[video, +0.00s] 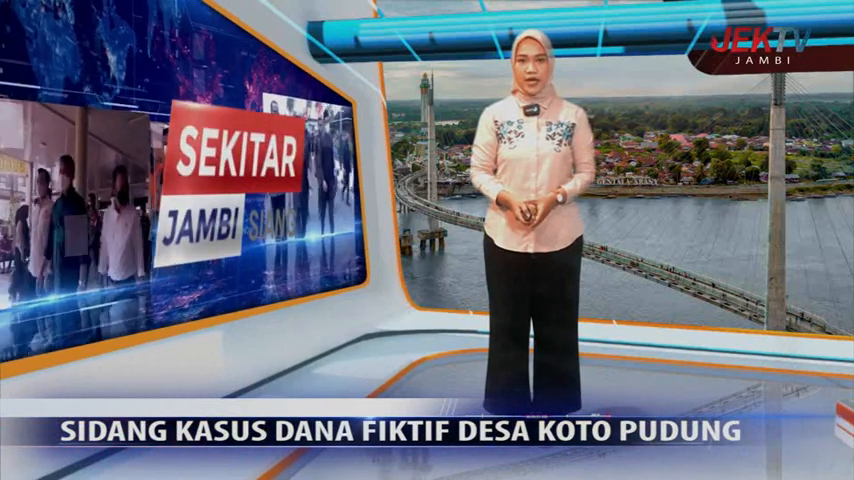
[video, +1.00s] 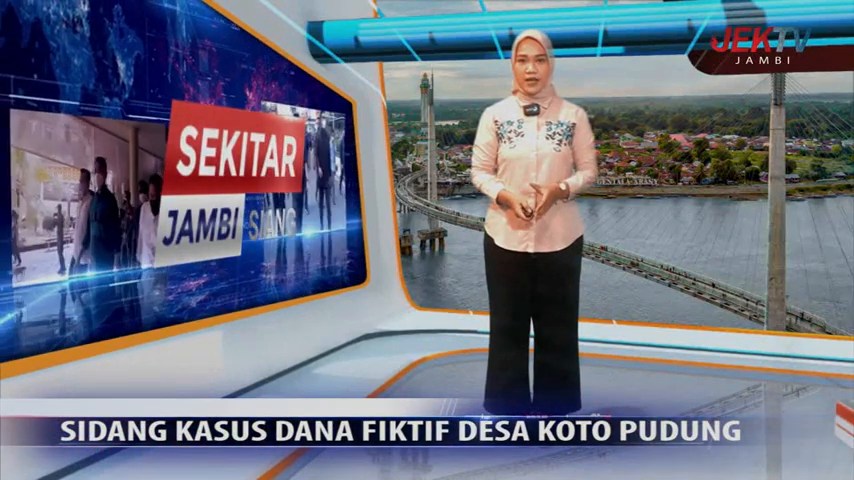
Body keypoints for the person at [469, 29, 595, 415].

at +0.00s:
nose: (531, 67)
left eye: (539, 59)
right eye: (523, 60)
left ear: (551, 65)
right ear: (512, 65)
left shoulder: (573, 116)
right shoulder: (494, 116)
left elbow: (586, 173)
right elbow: (479, 171)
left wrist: (553, 198)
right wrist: (508, 200)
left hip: (559, 243)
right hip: (506, 244)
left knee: (558, 338)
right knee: (507, 336)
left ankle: (558, 422)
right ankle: (506, 422)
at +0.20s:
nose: (531, 67)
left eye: (539, 60)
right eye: (523, 60)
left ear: (551, 65)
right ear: (512, 65)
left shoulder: (573, 115)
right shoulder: (493, 115)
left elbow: (587, 171)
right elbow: (479, 171)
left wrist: (560, 189)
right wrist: (507, 197)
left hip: (558, 242)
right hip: (506, 243)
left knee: (558, 337)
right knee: (507, 336)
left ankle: (558, 422)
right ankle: (506, 422)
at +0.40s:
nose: (531, 67)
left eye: (539, 60)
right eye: (523, 60)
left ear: (551, 65)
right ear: (512, 65)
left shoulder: (573, 115)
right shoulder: (494, 116)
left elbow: (587, 171)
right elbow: (479, 171)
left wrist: (561, 185)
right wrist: (506, 198)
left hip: (559, 241)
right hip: (507, 242)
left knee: (558, 337)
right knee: (507, 336)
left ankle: (558, 421)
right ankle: (506, 421)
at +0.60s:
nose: (532, 67)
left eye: (540, 60)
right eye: (523, 60)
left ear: (551, 65)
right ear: (513, 65)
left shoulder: (573, 115)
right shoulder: (494, 116)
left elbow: (587, 171)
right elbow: (479, 171)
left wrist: (558, 189)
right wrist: (507, 196)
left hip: (559, 241)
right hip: (507, 242)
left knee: (558, 337)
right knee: (508, 336)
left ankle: (558, 422)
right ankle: (506, 422)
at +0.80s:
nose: (531, 67)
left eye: (540, 60)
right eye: (523, 60)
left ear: (551, 65)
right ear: (513, 65)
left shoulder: (573, 115)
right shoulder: (494, 116)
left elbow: (587, 172)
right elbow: (480, 171)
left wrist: (558, 187)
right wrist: (507, 197)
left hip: (559, 241)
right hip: (507, 242)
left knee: (558, 337)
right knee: (507, 336)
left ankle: (558, 422)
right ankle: (506, 422)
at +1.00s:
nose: (531, 67)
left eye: (539, 60)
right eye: (523, 60)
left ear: (551, 65)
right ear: (513, 66)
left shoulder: (573, 116)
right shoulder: (494, 116)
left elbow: (588, 171)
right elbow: (480, 171)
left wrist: (560, 190)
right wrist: (507, 196)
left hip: (559, 242)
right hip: (507, 243)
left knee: (558, 337)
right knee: (507, 336)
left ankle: (558, 422)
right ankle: (506, 423)